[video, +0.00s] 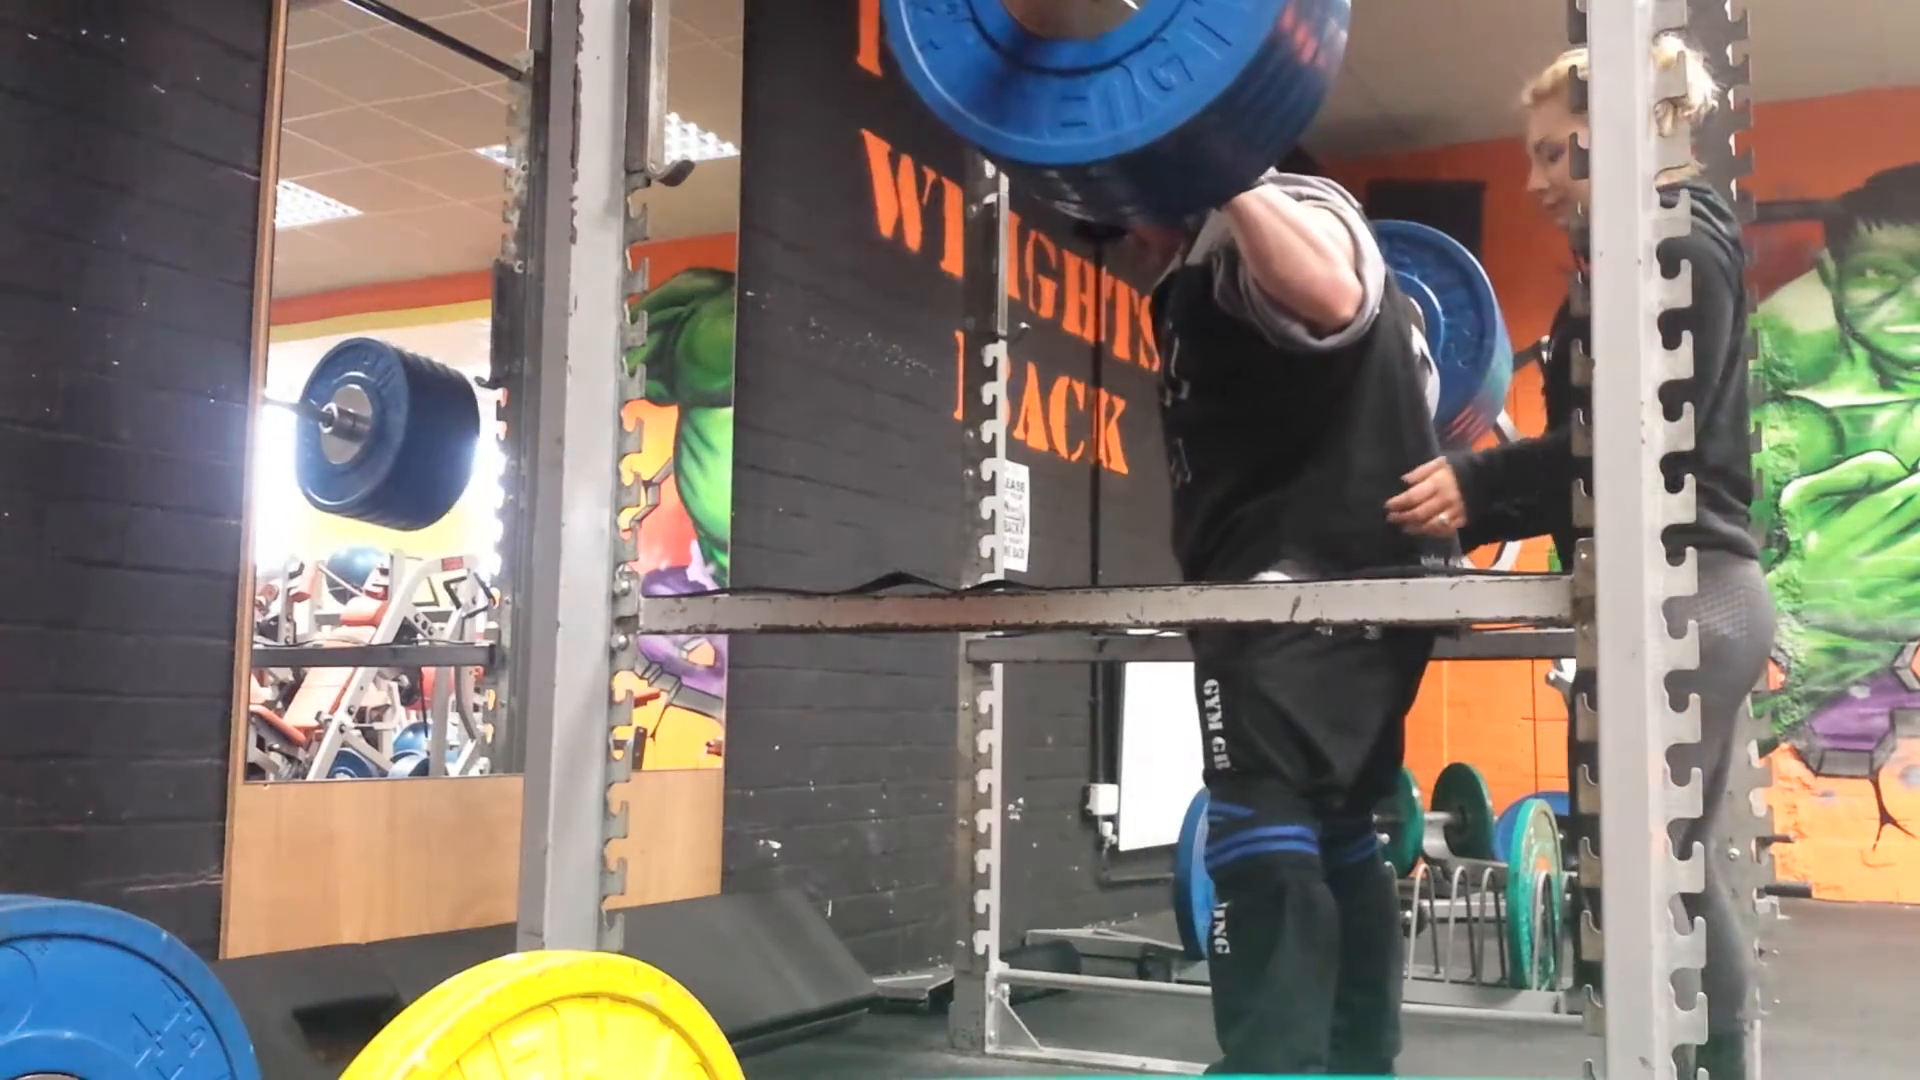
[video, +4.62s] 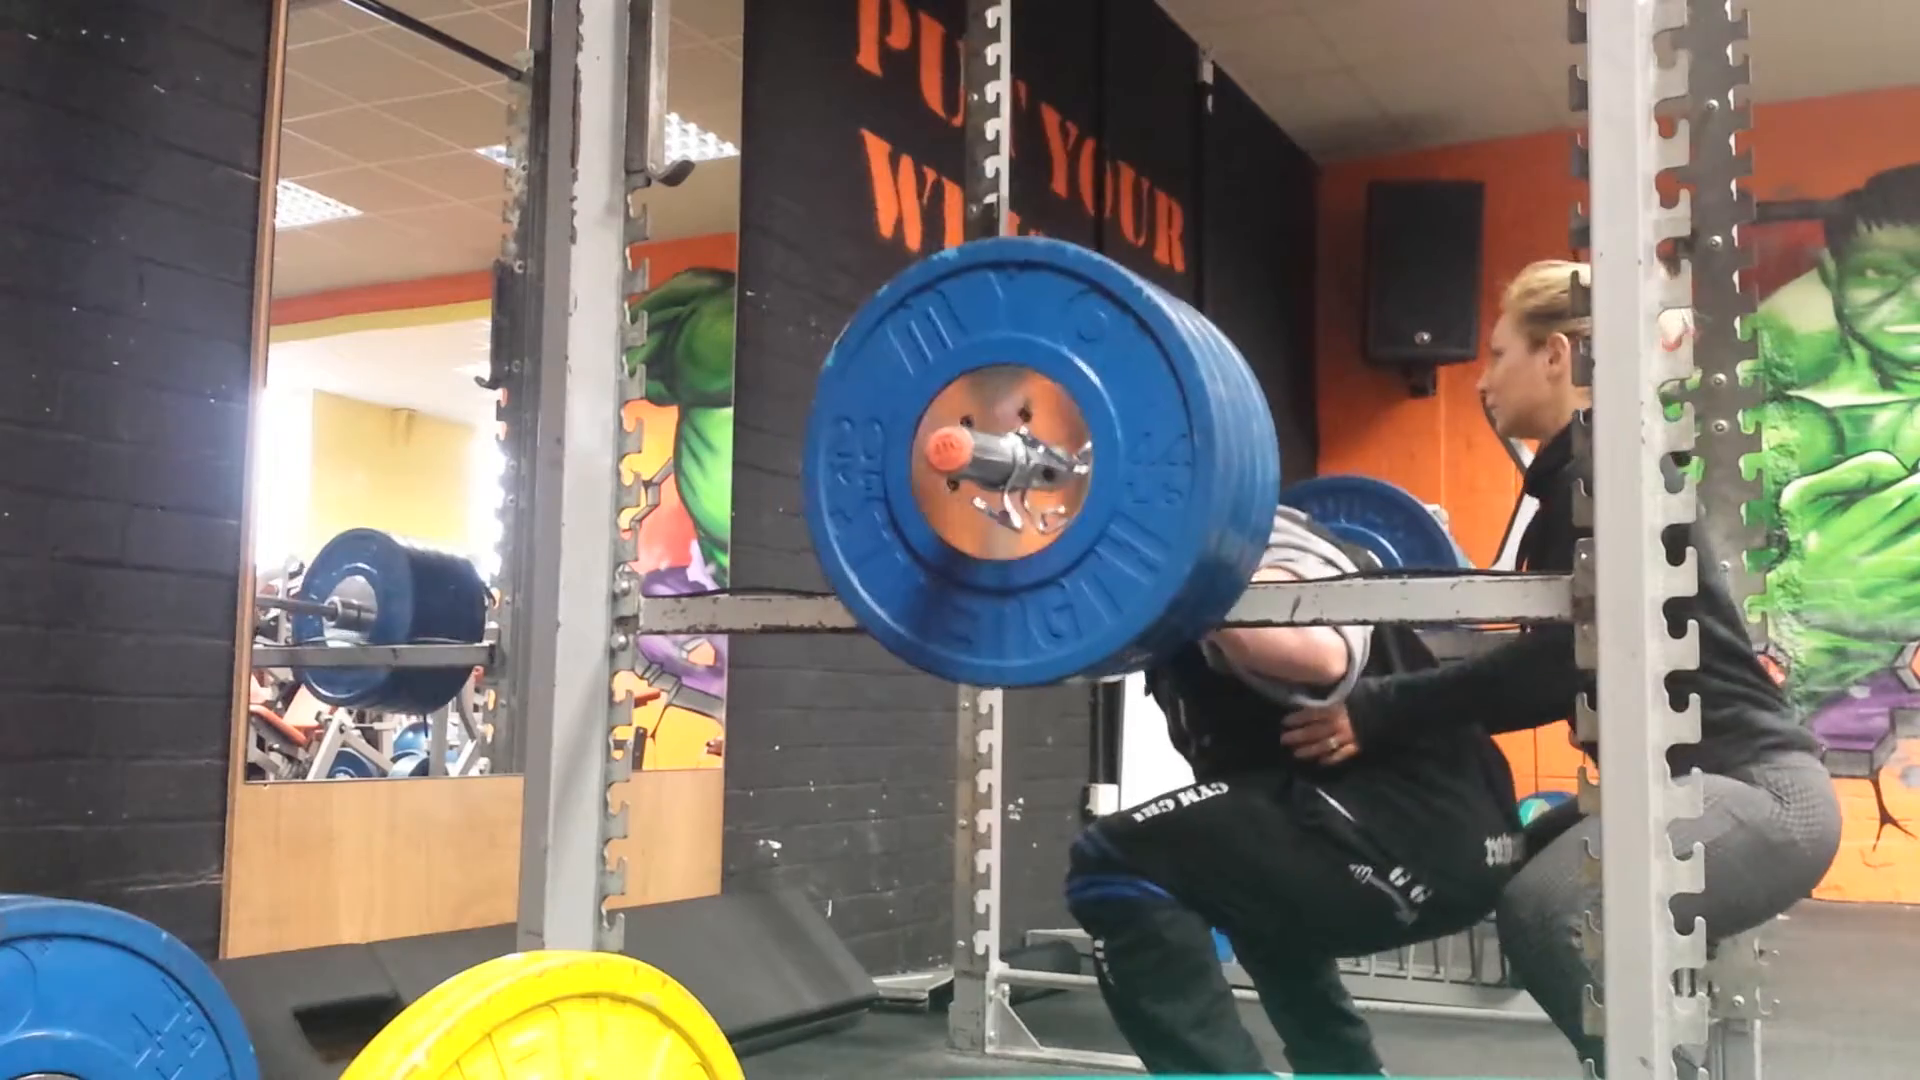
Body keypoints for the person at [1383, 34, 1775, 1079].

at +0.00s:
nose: (1536, 181)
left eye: (1556, 153)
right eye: (1532, 158)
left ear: (1620, 144)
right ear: (1580, 153)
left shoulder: (1665, 249)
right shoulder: (1652, 243)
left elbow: (1633, 439)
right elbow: (1603, 437)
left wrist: (1486, 489)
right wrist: (1485, 482)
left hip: (1679, 593)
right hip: (1678, 587)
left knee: (1652, 863)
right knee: (1686, 862)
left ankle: (1679, 1063)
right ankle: (1708, 1059)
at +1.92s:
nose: (1521, 169)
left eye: (1533, 143)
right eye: (1524, 145)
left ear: (1592, 140)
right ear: (1585, 143)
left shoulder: (1652, 241)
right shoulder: (1650, 250)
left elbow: (1591, 422)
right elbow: (1593, 475)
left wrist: (1406, 453)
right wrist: (1445, 508)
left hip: (1683, 584)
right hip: (1695, 584)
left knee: (1643, 862)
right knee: (1666, 859)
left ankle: (1665, 1061)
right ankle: (1700, 1056)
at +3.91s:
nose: (1461, 263)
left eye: (1471, 233)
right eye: (1460, 238)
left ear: (1534, 217)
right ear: (1535, 221)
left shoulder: (1588, 313)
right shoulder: (1608, 309)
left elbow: (1570, 481)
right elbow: (1565, 516)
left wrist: (1397, 549)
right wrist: (1405, 549)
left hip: (1722, 631)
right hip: (1735, 630)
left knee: (1566, 837)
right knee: (1576, 836)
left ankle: (1646, 1044)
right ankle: (1655, 1042)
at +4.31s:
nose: (1472, 341)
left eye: (1483, 314)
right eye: (1475, 317)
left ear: (1543, 311)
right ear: (1543, 314)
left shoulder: (1588, 425)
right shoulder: (1586, 421)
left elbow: (1562, 629)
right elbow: (1549, 620)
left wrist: (1384, 665)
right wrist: (1387, 654)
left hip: (1746, 747)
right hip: (1707, 741)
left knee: (1553, 893)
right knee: (1540, 885)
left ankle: (1655, 1065)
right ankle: (1660, 1061)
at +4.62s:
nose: (1482, 381)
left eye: (1496, 355)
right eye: (1487, 358)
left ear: (1559, 356)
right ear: (1557, 359)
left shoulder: (1596, 461)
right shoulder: (1580, 466)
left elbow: (1574, 661)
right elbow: (1564, 661)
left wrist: (1379, 709)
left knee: (1547, 907)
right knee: (1531, 887)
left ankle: (1657, 1067)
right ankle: (1666, 1062)